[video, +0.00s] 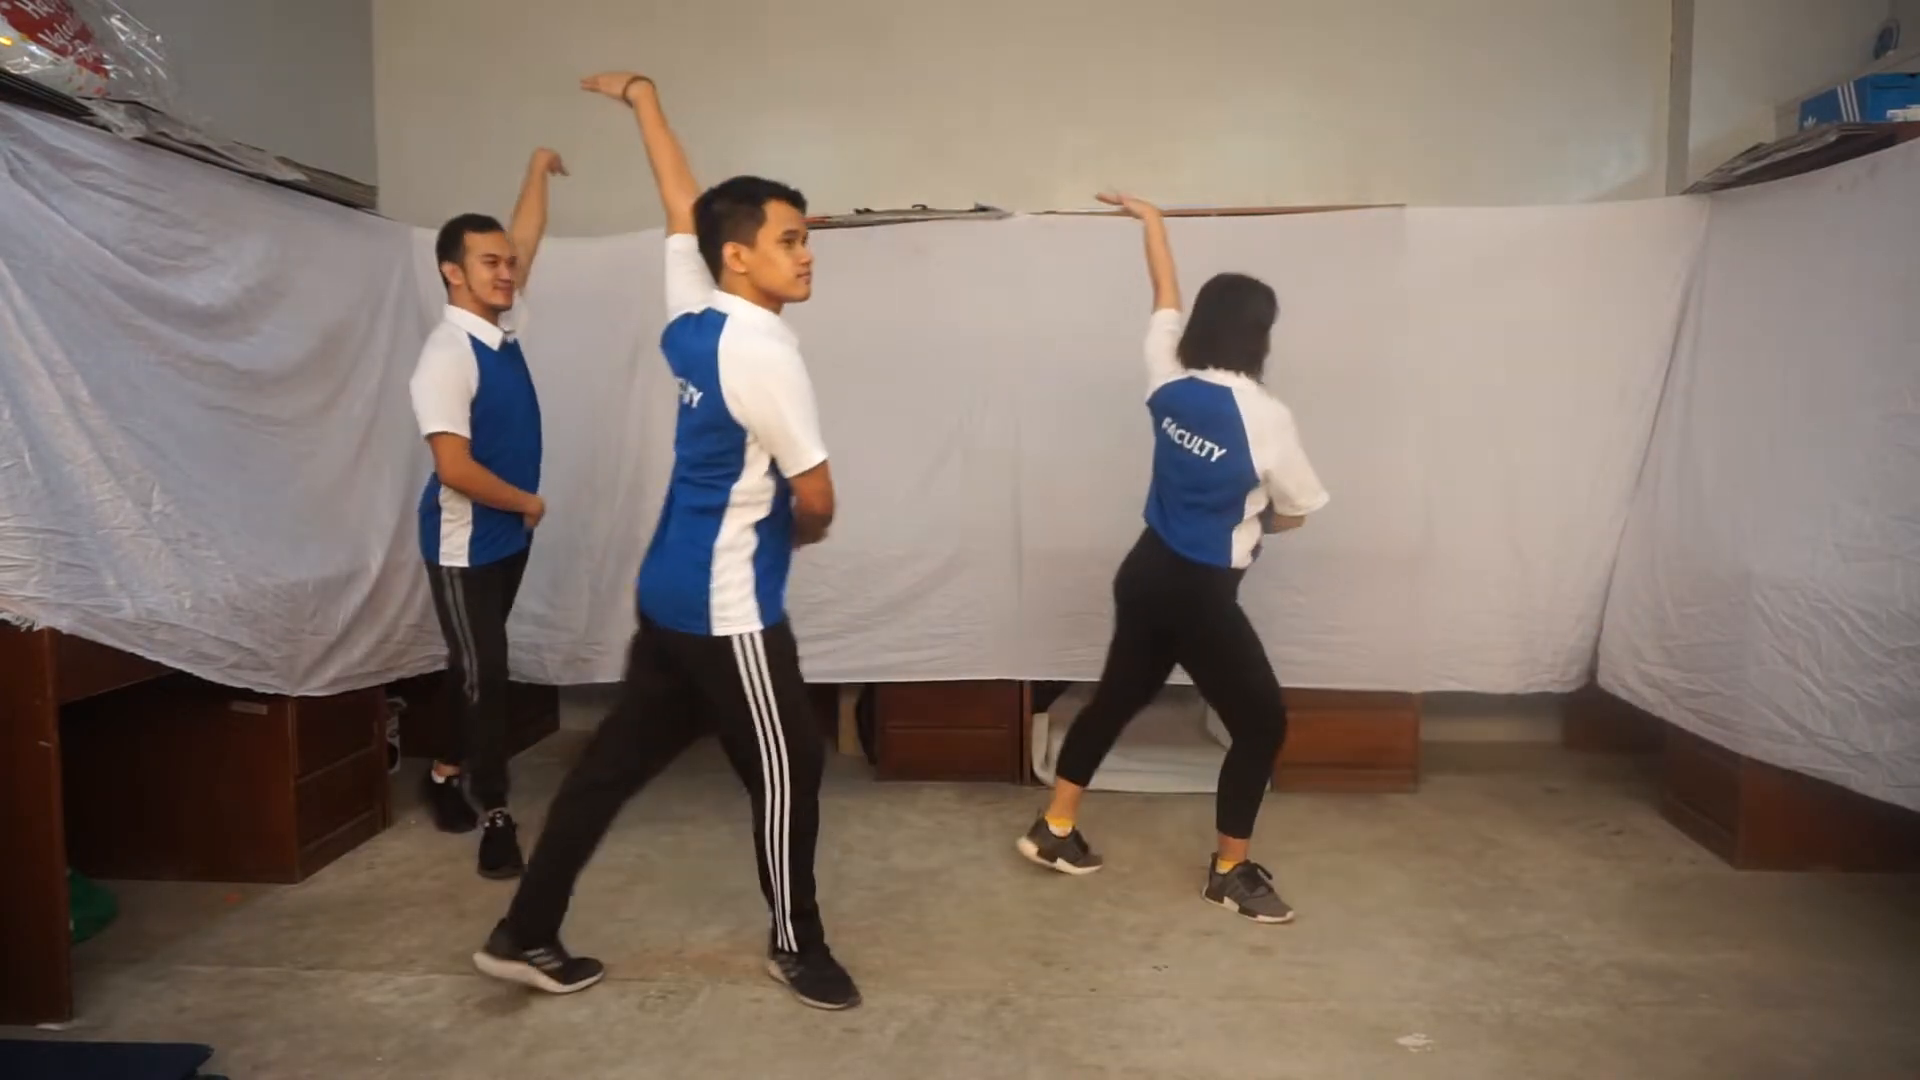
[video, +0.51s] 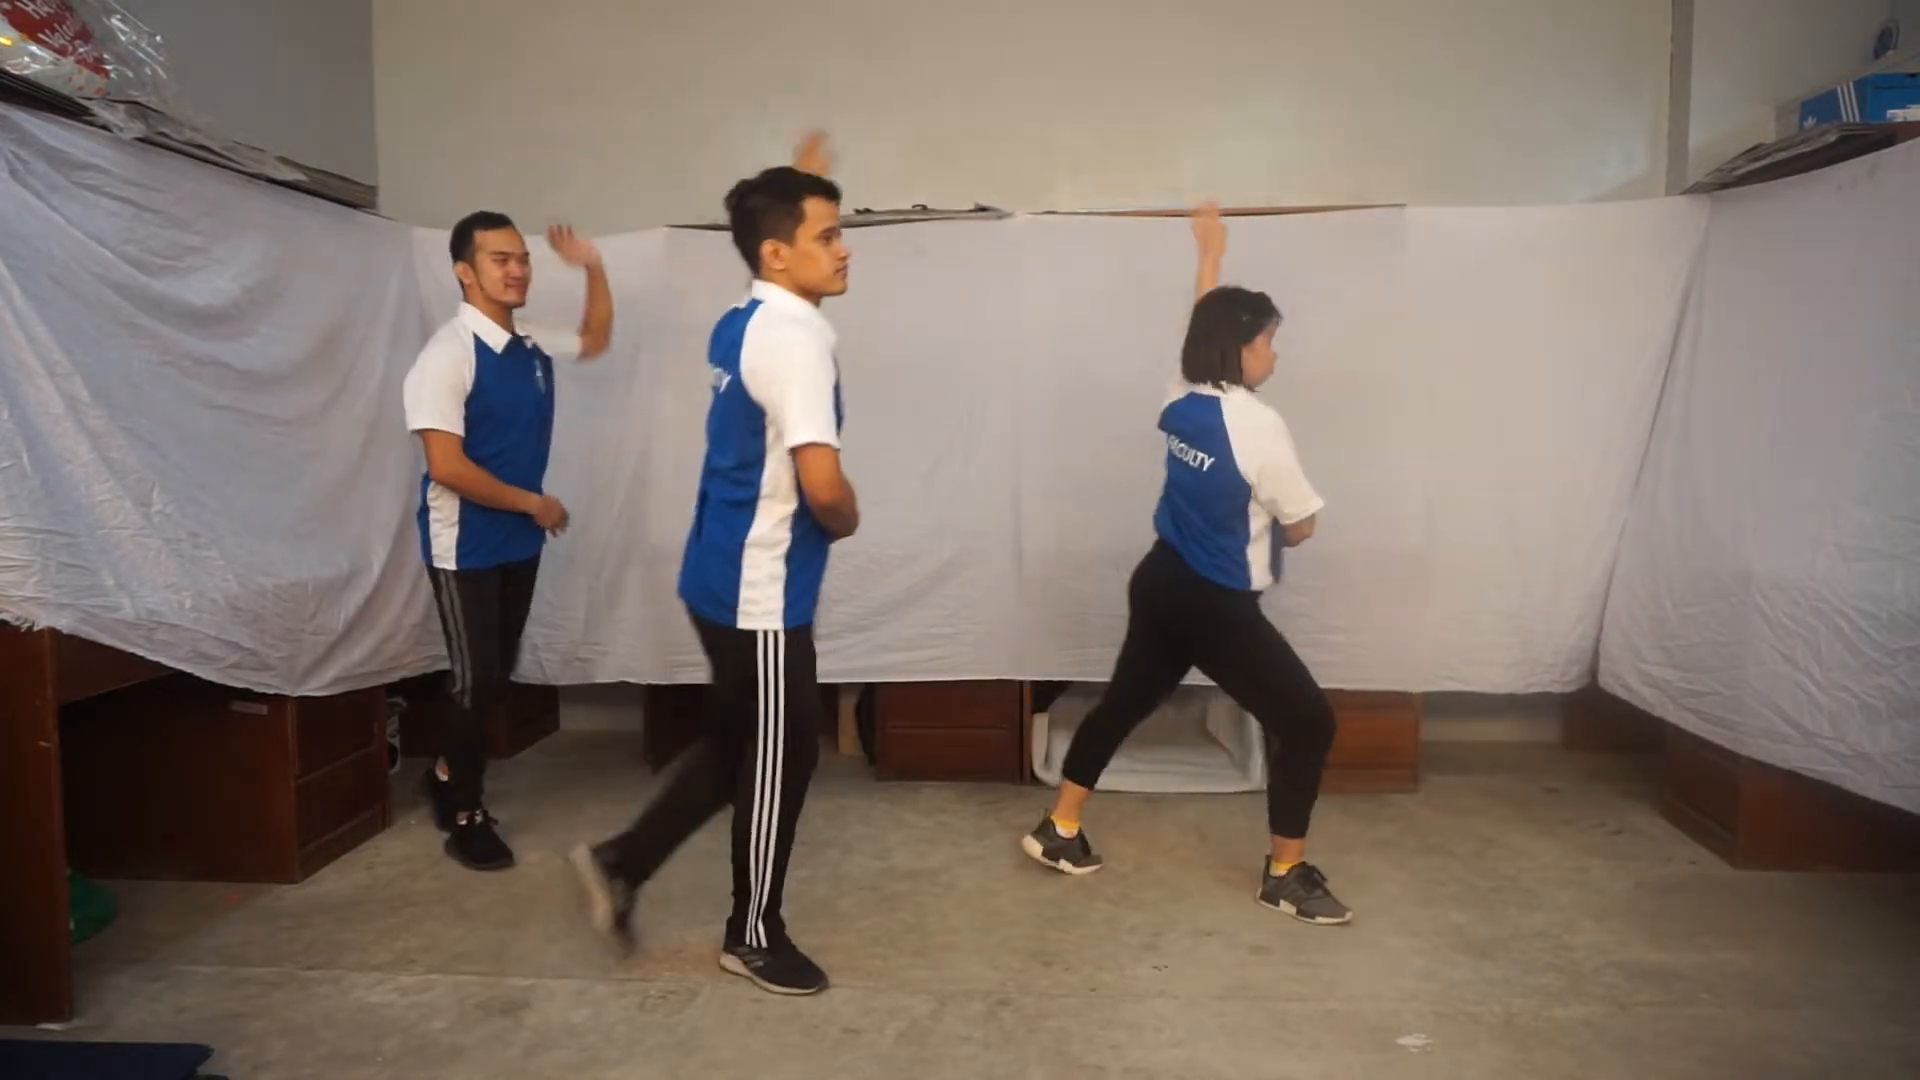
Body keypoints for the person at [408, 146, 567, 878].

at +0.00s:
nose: (506, 270)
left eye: (510, 262)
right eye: (492, 262)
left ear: (512, 271)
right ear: (455, 273)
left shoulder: (498, 327)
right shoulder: (449, 351)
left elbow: (520, 247)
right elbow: (451, 466)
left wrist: (538, 171)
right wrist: (526, 502)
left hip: (503, 535)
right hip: (462, 543)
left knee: (480, 667)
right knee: (485, 679)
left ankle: (449, 772)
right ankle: (497, 818)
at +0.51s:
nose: (518, 270)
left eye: (523, 259)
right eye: (502, 259)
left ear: (529, 270)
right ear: (465, 272)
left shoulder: (530, 348)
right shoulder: (446, 355)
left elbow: (594, 341)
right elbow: (445, 466)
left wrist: (593, 268)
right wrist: (532, 502)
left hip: (516, 543)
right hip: (462, 549)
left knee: (492, 678)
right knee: (476, 683)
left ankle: (448, 773)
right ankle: (468, 810)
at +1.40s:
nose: (698, 267)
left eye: (713, 256)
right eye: (685, 256)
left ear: (734, 266)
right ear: (670, 267)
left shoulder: (758, 352)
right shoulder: (646, 354)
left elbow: (764, 458)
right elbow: (573, 415)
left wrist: (664, 505)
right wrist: (565, 329)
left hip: (748, 564)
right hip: (672, 562)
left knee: (768, 694)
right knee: (643, 689)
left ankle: (807, 828)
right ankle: (613, 823)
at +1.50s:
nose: (696, 267)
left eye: (709, 256)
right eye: (694, 256)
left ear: (750, 266)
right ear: (700, 267)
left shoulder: (771, 348)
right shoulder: (695, 344)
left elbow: (754, 459)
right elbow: (631, 359)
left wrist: (673, 494)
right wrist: (620, 306)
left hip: (779, 558)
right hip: (713, 553)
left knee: (792, 696)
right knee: (687, 681)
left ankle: (809, 828)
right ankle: (714, 811)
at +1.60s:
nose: (710, 266)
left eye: (720, 256)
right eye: (710, 256)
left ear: (760, 265)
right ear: (749, 266)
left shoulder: (774, 344)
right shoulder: (750, 323)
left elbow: (736, 468)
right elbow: (713, 284)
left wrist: (703, 484)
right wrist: (662, 251)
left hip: (793, 551)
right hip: (755, 545)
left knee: (804, 689)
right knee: (745, 674)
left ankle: (809, 831)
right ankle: (838, 772)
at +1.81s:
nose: (734, 274)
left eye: (743, 262)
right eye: (736, 261)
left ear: (780, 271)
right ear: (791, 271)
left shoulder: (771, 350)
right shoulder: (830, 317)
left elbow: (739, 479)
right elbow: (837, 226)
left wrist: (789, 484)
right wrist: (841, 129)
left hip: (824, 547)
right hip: (869, 526)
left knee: (825, 693)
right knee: (909, 668)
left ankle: (810, 830)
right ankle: (970, 806)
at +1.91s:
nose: (745, 282)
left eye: (753, 269)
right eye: (747, 268)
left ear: (788, 275)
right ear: (804, 273)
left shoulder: (779, 356)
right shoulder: (851, 319)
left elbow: (760, 484)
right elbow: (871, 222)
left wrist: (807, 488)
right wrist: (891, 134)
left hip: (841, 546)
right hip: (895, 523)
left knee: (833, 695)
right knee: (942, 680)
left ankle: (811, 830)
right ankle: (978, 815)